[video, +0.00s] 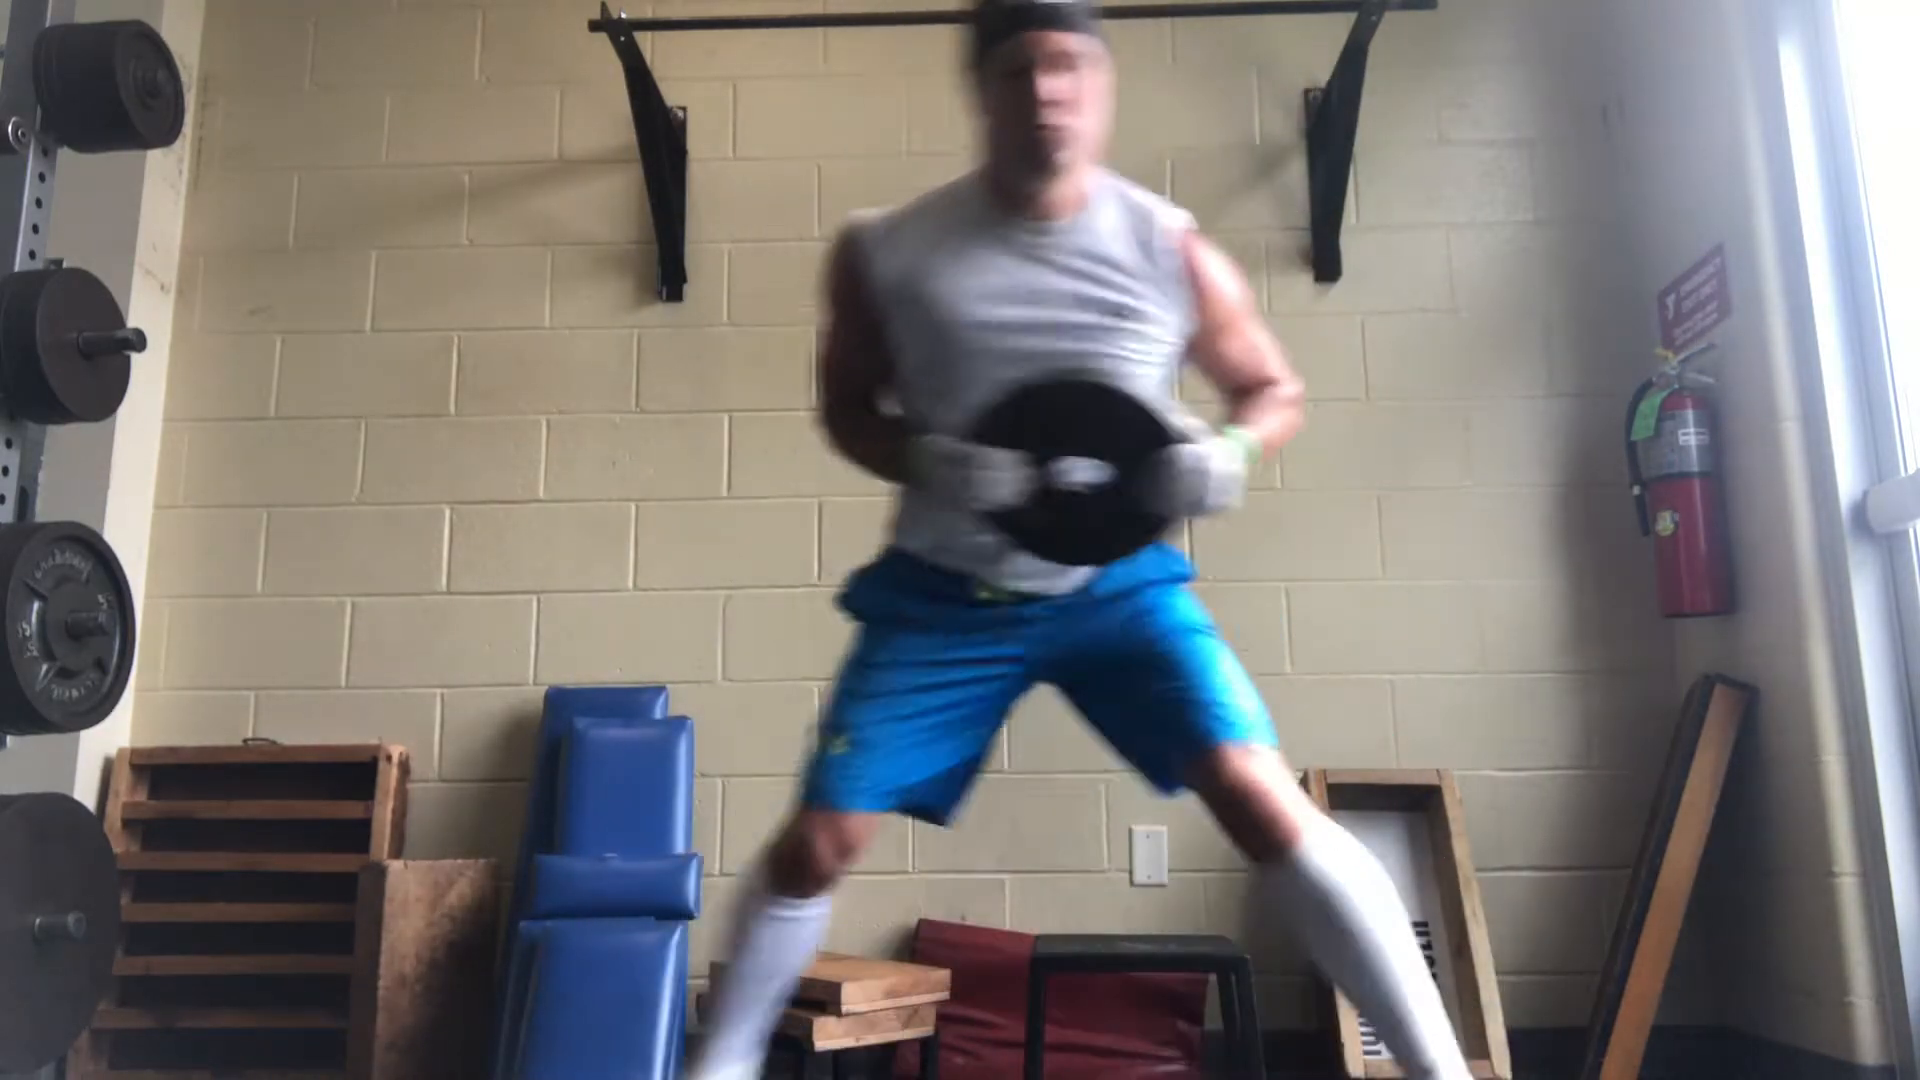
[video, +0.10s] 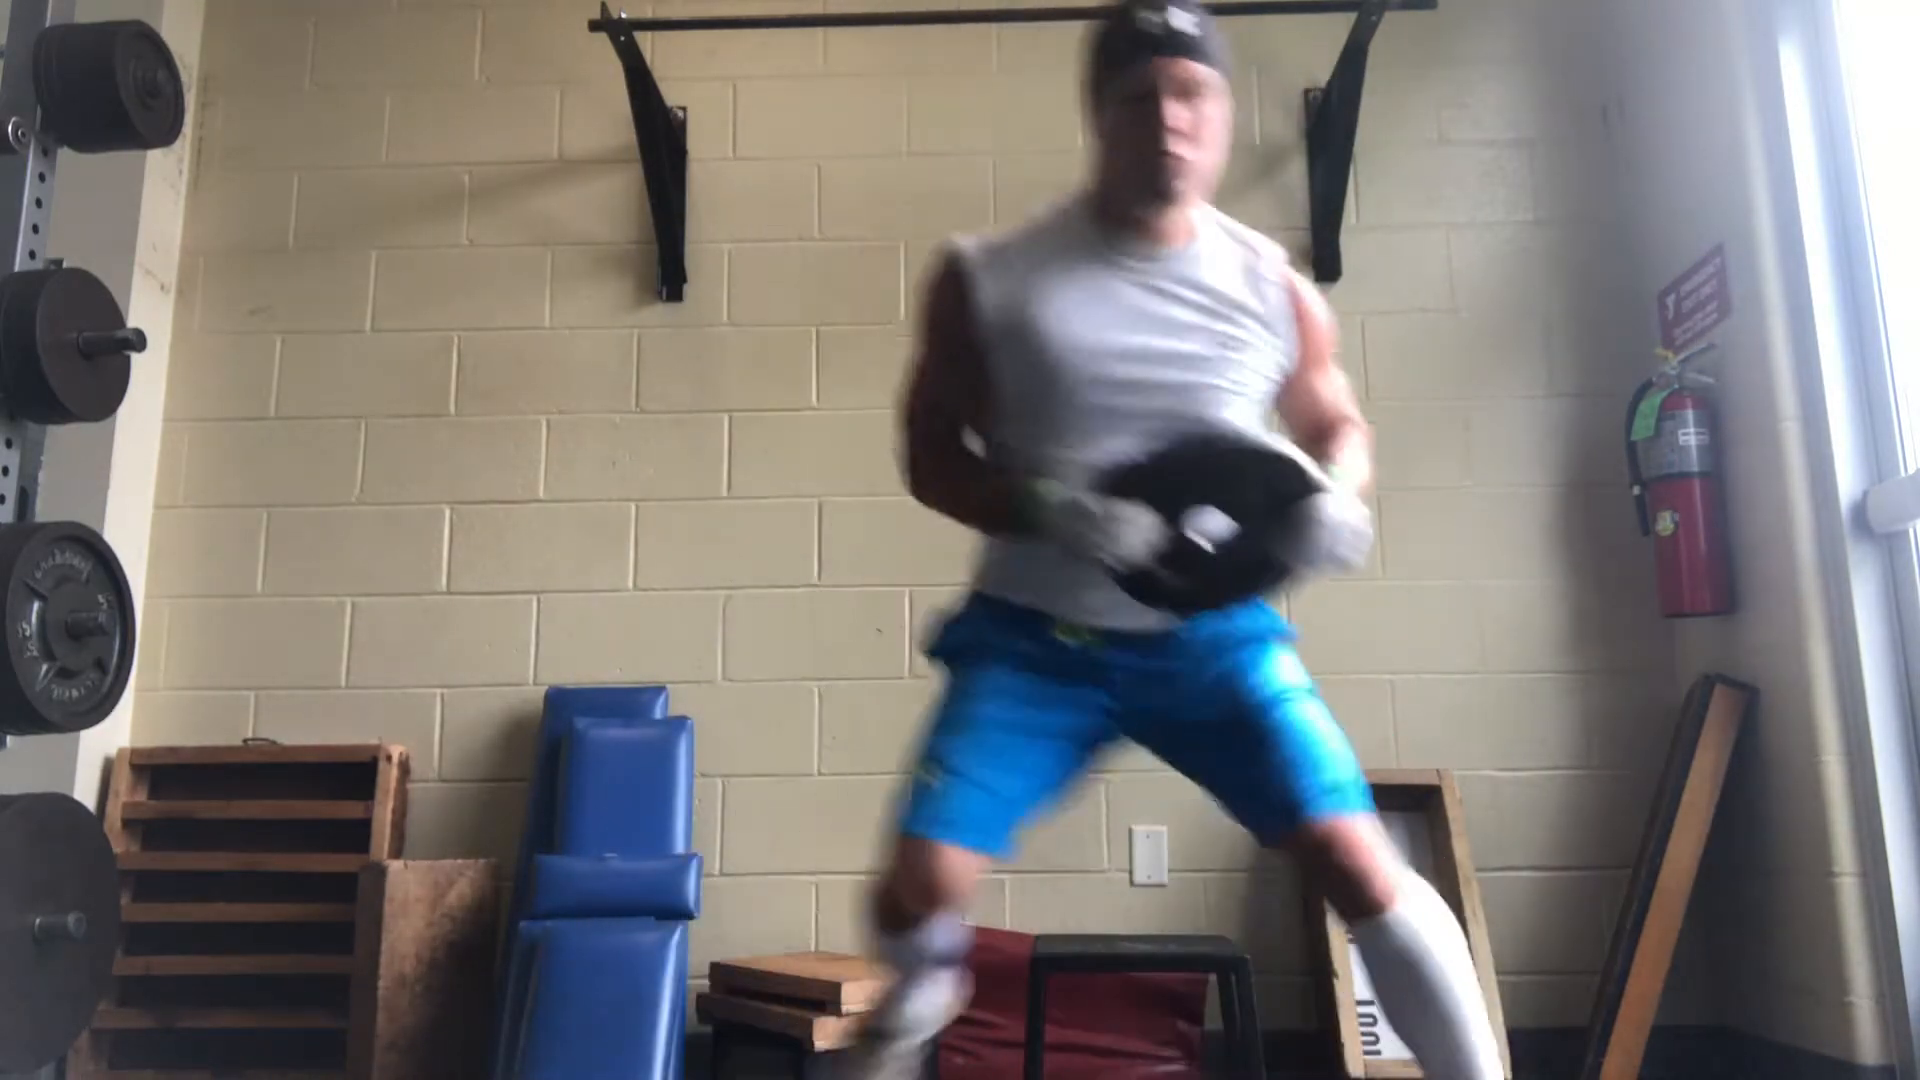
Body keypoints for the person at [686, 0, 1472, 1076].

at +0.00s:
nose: (1045, 95)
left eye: (1066, 67)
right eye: (1018, 72)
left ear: (1106, 87)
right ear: (980, 95)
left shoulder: (1168, 248)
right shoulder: (884, 256)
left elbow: (1278, 391)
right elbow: (845, 413)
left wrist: (1229, 454)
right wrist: (930, 465)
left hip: (1126, 591)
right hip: (944, 601)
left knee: (1259, 797)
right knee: (818, 841)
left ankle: (1445, 1069)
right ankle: (712, 1070)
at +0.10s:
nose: (1172, 120)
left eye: (1194, 96)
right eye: (1144, 97)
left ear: (1227, 122)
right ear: (1098, 117)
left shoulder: (1272, 288)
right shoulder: (989, 279)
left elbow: (1339, 429)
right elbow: (930, 456)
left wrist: (1337, 500)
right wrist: (1038, 509)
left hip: (1220, 643)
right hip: (1035, 644)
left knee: (1354, 857)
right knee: (917, 887)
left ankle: (1480, 1077)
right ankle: (919, 1006)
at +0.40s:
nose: (1175, 113)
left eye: (1200, 90)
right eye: (1149, 89)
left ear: (1234, 117)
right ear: (1105, 106)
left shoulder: (1274, 276)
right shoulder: (995, 261)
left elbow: (1350, 459)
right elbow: (912, 418)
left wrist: (1269, 493)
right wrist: (981, 486)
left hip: (1199, 625)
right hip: (1016, 607)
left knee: (1330, 865)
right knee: (856, 755)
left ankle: (1469, 1076)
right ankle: (847, 972)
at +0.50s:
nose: (1070, 79)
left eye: (1094, 52)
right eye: (1042, 54)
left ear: (1129, 70)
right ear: (1001, 72)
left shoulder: (1179, 234)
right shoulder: (910, 228)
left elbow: (1267, 438)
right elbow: (838, 370)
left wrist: (1132, 462)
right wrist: (858, 446)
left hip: (1110, 585)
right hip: (932, 571)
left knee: (1207, 825)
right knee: (787, 777)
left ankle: (1340, 1074)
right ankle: (668, 1058)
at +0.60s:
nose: (958, 116)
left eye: (981, 88)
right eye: (931, 92)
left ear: (1018, 102)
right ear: (892, 110)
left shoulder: (1083, 265)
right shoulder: (816, 276)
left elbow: (1172, 468)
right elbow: (772, 431)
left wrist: (1039, 503)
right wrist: (777, 503)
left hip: (1029, 614)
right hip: (862, 611)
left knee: (1081, 853)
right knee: (742, 867)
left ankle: (1051, 1035)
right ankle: (635, 1077)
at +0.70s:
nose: (857, 164)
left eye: (881, 136)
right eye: (830, 141)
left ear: (917, 149)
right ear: (795, 163)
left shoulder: (1008, 311)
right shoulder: (745, 346)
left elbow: (1122, 486)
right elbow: (727, 499)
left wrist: (1011, 555)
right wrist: (731, 575)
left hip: (974, 656)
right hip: (814, 657)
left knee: (937, 894)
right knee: (695, 883)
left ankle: (856, 987)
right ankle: (625, 1076)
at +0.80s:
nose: (830, 176)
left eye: (852, 147)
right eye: (802, 153)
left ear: (889, 161)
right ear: (767, 180)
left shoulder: (990, 313)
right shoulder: (729, 363)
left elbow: (1128, 472)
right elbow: (723, 512)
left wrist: (1025, 547)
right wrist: (747, 581)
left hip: (971, 665)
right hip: (808, 668)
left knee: (960, 900)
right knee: (689, 886)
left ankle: (995, 979)